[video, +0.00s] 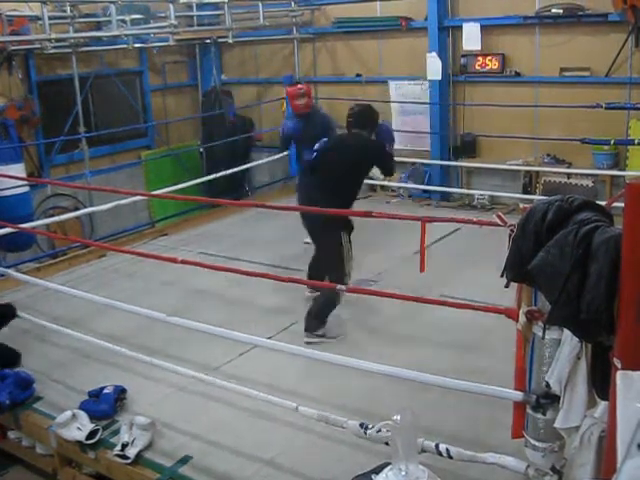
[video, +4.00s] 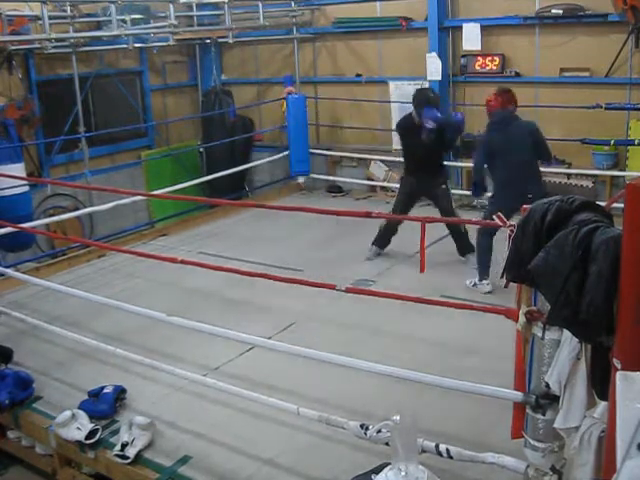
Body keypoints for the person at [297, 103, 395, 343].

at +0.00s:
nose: (376, 128)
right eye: (375, 125)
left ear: (350, 122)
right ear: (373, 126)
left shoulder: (335, 141)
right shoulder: (372, 147)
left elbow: (312, 167)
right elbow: (389, 170)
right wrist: (385, 147)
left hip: (308, 205)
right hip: (332, 211)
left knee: (324, 247)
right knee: (338, 275)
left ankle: (314, 283)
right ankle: (313, 327)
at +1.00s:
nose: (344, 111)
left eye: (343, 108)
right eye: (342, 108)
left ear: (319, 107)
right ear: (337, 109)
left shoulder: (306, 124)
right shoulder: (331, 127)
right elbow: (360, 144)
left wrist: (357, 134)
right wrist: (366, 133)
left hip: (295, 194)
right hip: (310, 197)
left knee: (318, 244)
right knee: (323, 251)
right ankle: (307, 304)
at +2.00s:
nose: (305, 142)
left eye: (307, 139)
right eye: (303, 138)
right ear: (295, 133)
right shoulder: (271, 147)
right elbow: (305, 165)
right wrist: (322, 144)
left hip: (280, 196)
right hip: (260, 200)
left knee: (306, 229)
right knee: (272, 251)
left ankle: (320, 267)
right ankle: (241, 281)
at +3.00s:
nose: (366, 116)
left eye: (365, 112)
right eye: (363, 112)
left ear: (344, 116)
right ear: (352, 116)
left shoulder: (344, 137)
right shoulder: (333, 140)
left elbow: (346, 163)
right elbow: (350, 170)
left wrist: (362, 146)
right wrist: (373, 158)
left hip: (335, 201)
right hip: (316, 204)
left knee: (369, 230)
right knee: (309, 260)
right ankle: (277, 288)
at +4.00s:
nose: (431, 115)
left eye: (433, 111)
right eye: (427, 111)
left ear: (437, 109)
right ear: (417, 109)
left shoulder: (440, 124)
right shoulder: (405, 125)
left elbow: (447, 147)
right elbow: (414, 153)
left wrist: (453, 128)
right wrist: (426, 131)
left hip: (436, 179)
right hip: (413, 178)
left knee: (449, 215)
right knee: (397, 215)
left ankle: (467, 251)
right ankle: (377, 245)